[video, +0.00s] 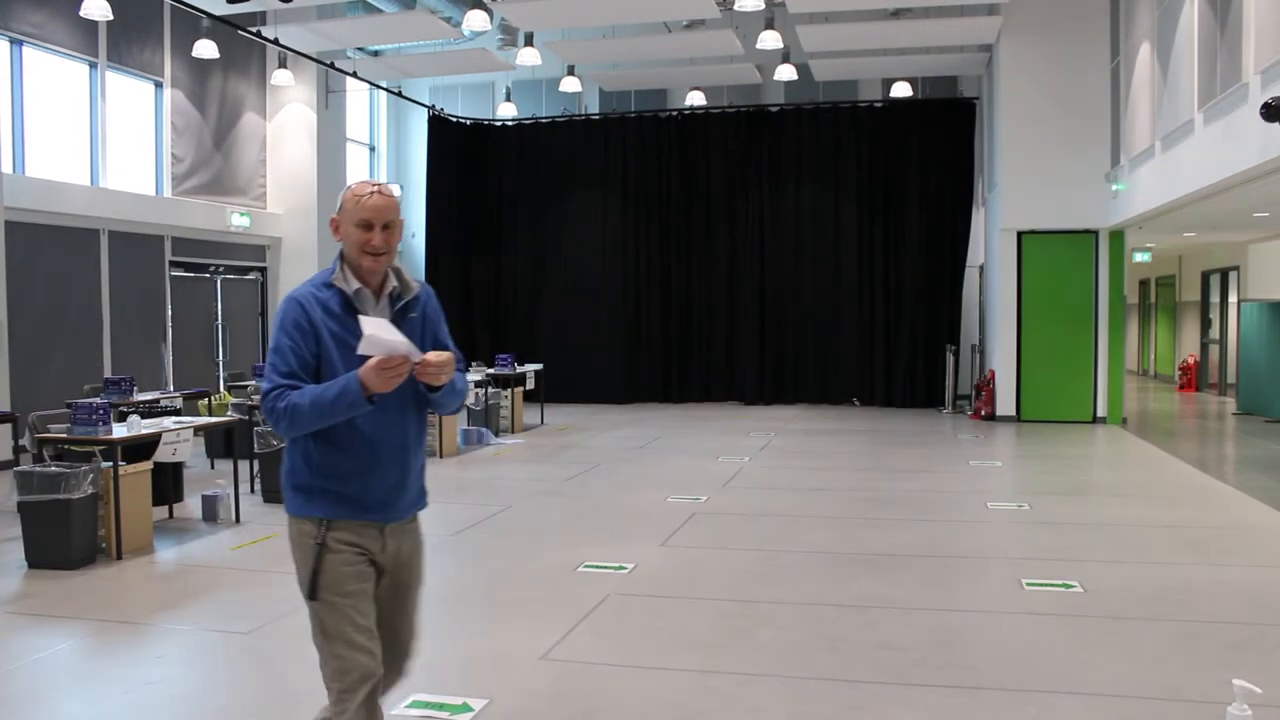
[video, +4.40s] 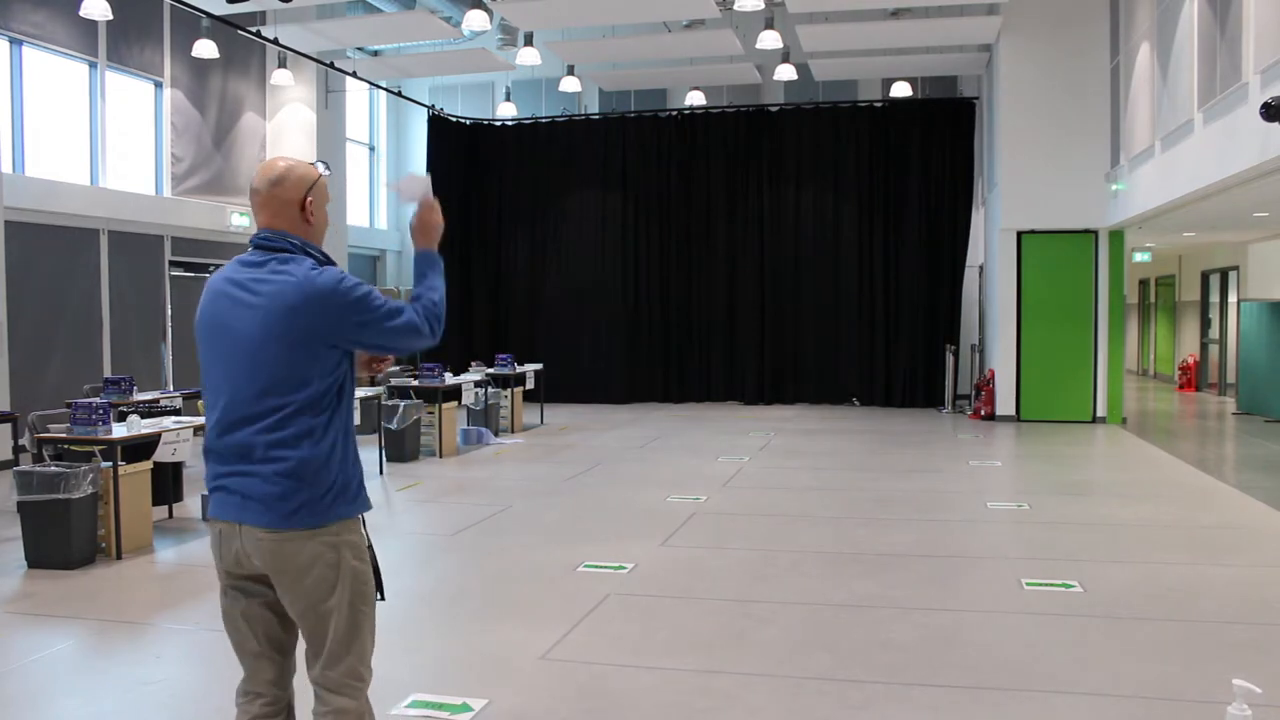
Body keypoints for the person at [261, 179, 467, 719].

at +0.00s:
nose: (379, 240)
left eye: (390, 227)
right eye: (365, 227)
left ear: (401, 231)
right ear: (336, 229)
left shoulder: (419, 301)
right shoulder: (305, 307)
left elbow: (453, 398)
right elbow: (279, 411)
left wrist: (446, 380)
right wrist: (360, 384)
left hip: (400, 518)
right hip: (329, 521)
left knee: (391, 662)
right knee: (356, 679)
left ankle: (336, 714)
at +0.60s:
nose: (453, 226)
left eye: (464, 214)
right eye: (439, 214)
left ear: (478, 219)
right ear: (414, 219)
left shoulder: (504, 289)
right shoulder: (383, 297)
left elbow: (552, 383)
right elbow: (364, 404)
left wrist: (522, 347)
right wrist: (443, 378)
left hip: (493, 516)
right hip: (410, 520)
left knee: (492, 677)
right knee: (411, 684)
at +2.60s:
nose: (442, 228)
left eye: (446, 217)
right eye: (430, 213)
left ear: (448, 220)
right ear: (385, 209)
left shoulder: (437, 295)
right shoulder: (349, 300)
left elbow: (474, 393)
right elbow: (387, 413)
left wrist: (531, 366)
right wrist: (489, 364)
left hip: (436, 527)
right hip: (369, 533)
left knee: (464, 689)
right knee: (383, 701)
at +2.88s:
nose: (424, 229)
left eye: (426, 216)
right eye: (415, 213)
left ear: (372, 210)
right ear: (368, 206)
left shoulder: (378, 289)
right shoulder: (340, 296)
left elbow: (426, 375)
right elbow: (395, 419)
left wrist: (501, 363)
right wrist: (491, 368)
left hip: (390, 527)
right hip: (349, 533)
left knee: (397, 686)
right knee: (369, 700)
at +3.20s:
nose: (392, 232)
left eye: (392, 217)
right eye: (386, 215)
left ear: (344, 211)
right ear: (349, 208)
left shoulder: (306, 283)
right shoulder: (334, 297)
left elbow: (382, 380)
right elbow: (391, 417)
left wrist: (457, 351)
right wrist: (467, 364)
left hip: (301, 525)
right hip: (332, 533)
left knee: (314, 690)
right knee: (367, 700)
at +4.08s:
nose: (333, 216)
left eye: (331, 204)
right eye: (331, 204)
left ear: (264, 210)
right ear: (317, 208)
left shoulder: (226, 286)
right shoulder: (323, 295)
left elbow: (285, 379)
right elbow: (380, 402)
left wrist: (367, 349)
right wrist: (406, 344)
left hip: (235, 524)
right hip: (311, 533)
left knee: (268, 690)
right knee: (341, 693)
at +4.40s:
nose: (329, 212)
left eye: (328, 201)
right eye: (326, 202)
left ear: (257, 211)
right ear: (308, 208)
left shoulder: (218, 287)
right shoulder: (322, 290)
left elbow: (262, 370)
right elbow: (424, 326)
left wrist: (345, 365)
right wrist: (427, 249)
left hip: (230, 523)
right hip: (311, 528)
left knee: (261, 689)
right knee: (341, 689)